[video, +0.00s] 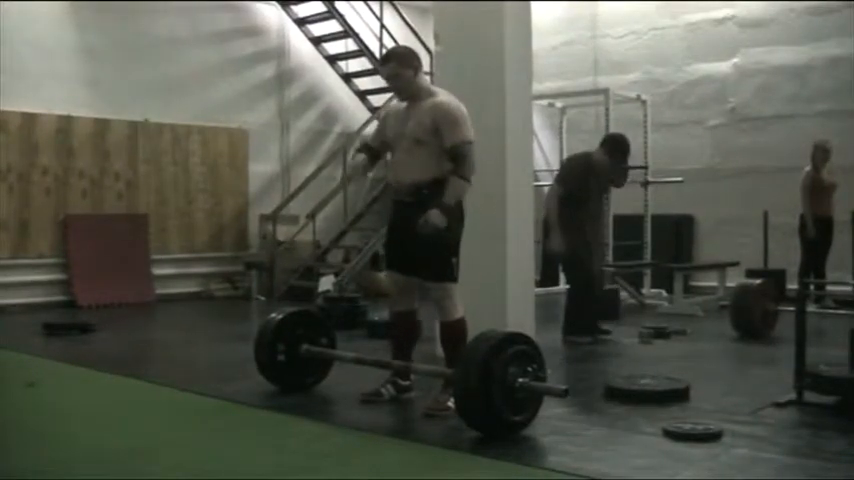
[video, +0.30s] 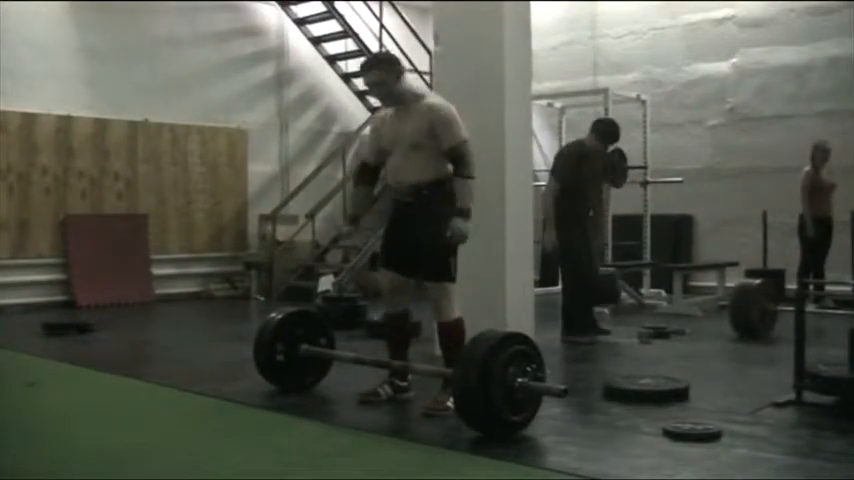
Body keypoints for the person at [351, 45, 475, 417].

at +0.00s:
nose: (391, 85)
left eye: (395, 77)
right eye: (387, 79)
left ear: (415, 70)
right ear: (388, 78)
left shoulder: (446, 108)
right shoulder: (393, 113)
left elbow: (465, 164)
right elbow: (375, 149)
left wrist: (445, 208)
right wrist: (365, 158)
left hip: (438, 202)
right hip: (402, 203)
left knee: (444, 296)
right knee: (401, 293)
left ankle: (453, 386)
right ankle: (400, 379)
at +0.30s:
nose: (375, 94)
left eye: (378, 85)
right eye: (370, 88)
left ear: (396, 75)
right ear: (371, 87)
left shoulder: (436, 111)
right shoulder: (382, 122)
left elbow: (463, 160)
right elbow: (368, 169)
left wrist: (463, 214)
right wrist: (357, 211)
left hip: (438, 202)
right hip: (401, 204)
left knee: (441, 295)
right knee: (394, 291)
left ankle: (453, 387)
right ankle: (398, 380)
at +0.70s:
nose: (342, 167)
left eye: (342, 158)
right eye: (337, 161)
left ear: (358, 148)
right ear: (344, 156)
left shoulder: (408, 168)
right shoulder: (361, 179)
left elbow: (433, 224)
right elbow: (355, 232)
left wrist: (443, 274)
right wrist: (352, 274)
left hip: (449, 233)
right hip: (406, 237)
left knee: (430, 307)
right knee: (382, 300)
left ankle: (446, 388)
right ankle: (398, 379)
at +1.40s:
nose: (334, 185)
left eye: (338, 177)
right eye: (332, 178)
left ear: (358, 171)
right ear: (335, 175)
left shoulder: (410, 191)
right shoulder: (352, 199)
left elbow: (447, 245)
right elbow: (349, 250)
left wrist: (443, 298)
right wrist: (351, 298)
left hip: (444, 233)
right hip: (403, 242)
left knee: (429, 311)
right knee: (381, 306)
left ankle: (442, 389)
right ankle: (395, 380)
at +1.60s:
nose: (349, 102)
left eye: (356, 95)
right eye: (348, 96)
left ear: (376, 95)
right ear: (355, 99)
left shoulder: (410, 128)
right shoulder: (360, 139)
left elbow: (455, 169)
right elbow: (351, 187)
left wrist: (451, 221)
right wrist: (345, 226)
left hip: (428, 223)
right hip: (391, 225)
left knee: (424, 301)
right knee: (376, 296)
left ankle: (441, 387)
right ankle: (394, 381)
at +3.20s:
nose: (419, 66)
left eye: (428, 63)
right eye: (418, 62)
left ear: (446, 76)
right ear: (412, 71)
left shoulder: (452, 113)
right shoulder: (389, 113)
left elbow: (452, 151)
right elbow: (355, 161)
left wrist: (439, 107)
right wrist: (349, 124)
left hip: (420, 204)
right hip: (380, 205)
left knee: (426, 303)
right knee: (372, 300)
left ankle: (453, 392)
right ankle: (391, 383)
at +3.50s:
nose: (417, 70)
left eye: (426, 66)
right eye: (414, 66)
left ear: (444, 77)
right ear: (410, 76)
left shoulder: (446, 115)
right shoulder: (391, 109)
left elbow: (464, 81)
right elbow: (354, 88)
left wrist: (463, 32)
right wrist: (356, 45)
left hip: (411, 202)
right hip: (372, 201)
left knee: (422, 298)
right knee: (373, 297)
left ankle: (453, 391)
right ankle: (392, 381)